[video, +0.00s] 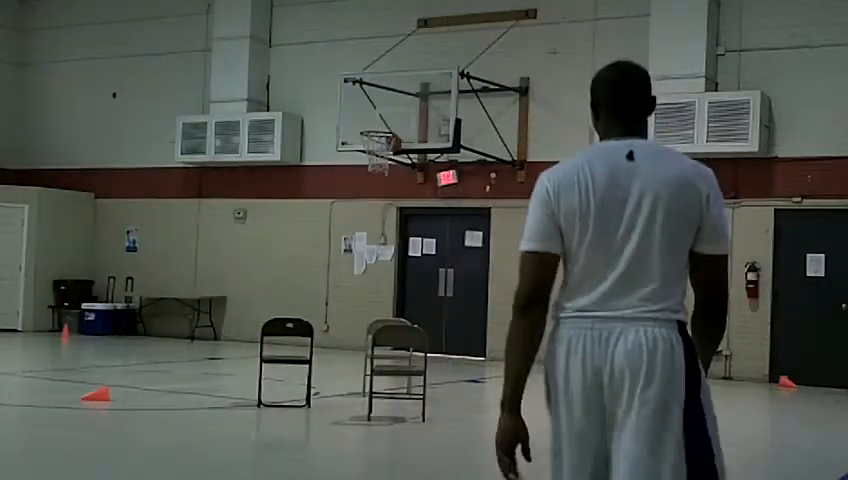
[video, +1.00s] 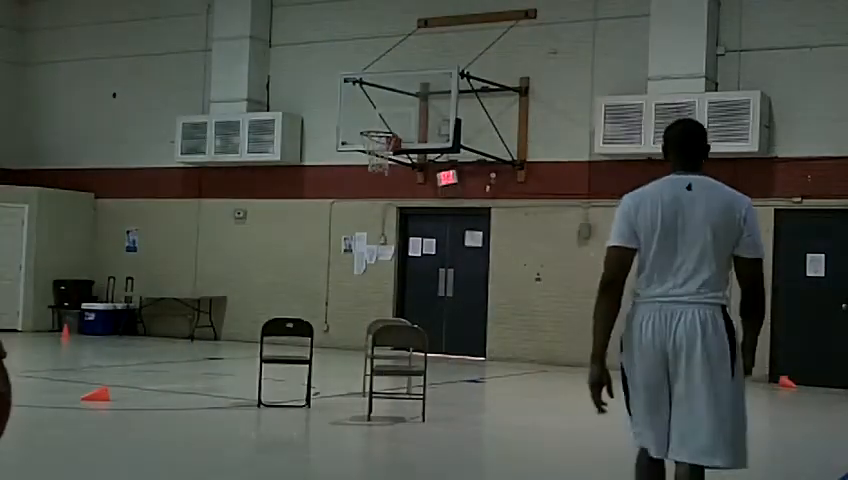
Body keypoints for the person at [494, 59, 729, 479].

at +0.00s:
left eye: (594, 110)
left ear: (594, 113)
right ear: (652, 108)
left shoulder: (558, 181)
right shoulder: (694, 178)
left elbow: (530, 300)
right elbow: (712, 301)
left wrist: (509, 408)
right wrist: (693, 367)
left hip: (574, 350)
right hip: (657, 353)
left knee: (577, 473)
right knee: (655, 473)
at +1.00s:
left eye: (664, 148)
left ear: (664, 153)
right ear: (706, 153)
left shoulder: (636, 202)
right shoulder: (736, 204)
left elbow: (611, 281)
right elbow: (753, 288)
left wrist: (598, 360)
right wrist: (748, 346)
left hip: (646, 328)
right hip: (706, 330)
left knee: (650, 445)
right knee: (694, 452)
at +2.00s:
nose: (700, 189)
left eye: (702, 183)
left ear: (704, 185)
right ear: (734, 185)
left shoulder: (686, 221)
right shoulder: (761, 224)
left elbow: (667, 289)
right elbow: (774, 296)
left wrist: (654, 346)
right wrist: (778, 359)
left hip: (694, 320)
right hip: (741, 322)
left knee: (687, 408)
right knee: (732, 419)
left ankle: (682, 471)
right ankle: (723, 478)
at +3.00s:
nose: (719, 210)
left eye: (721, 206)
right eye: (721, 205)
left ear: (724, 208)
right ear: (749, 207)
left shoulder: (710, 240)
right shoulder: (772, 241)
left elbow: (689, 287)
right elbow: (781, 292)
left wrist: (681, 319)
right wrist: (781, 333)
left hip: (716, 319)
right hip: (756, 320)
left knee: (714, 396)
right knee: (751, 397)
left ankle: (717, 466)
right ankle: (743, 466)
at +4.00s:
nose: (712, 221)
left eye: (713, 217)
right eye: (713, 216)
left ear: (719, 219)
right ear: (738, 218)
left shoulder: (710, 245)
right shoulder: (763, 245)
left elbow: (695, 289)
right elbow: (774, 288)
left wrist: (685, 317)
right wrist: (771, 322)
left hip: (720, 312)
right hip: (754, 313)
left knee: (721, 385)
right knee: (754, 384)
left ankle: (726, 453)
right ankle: (757, 445)